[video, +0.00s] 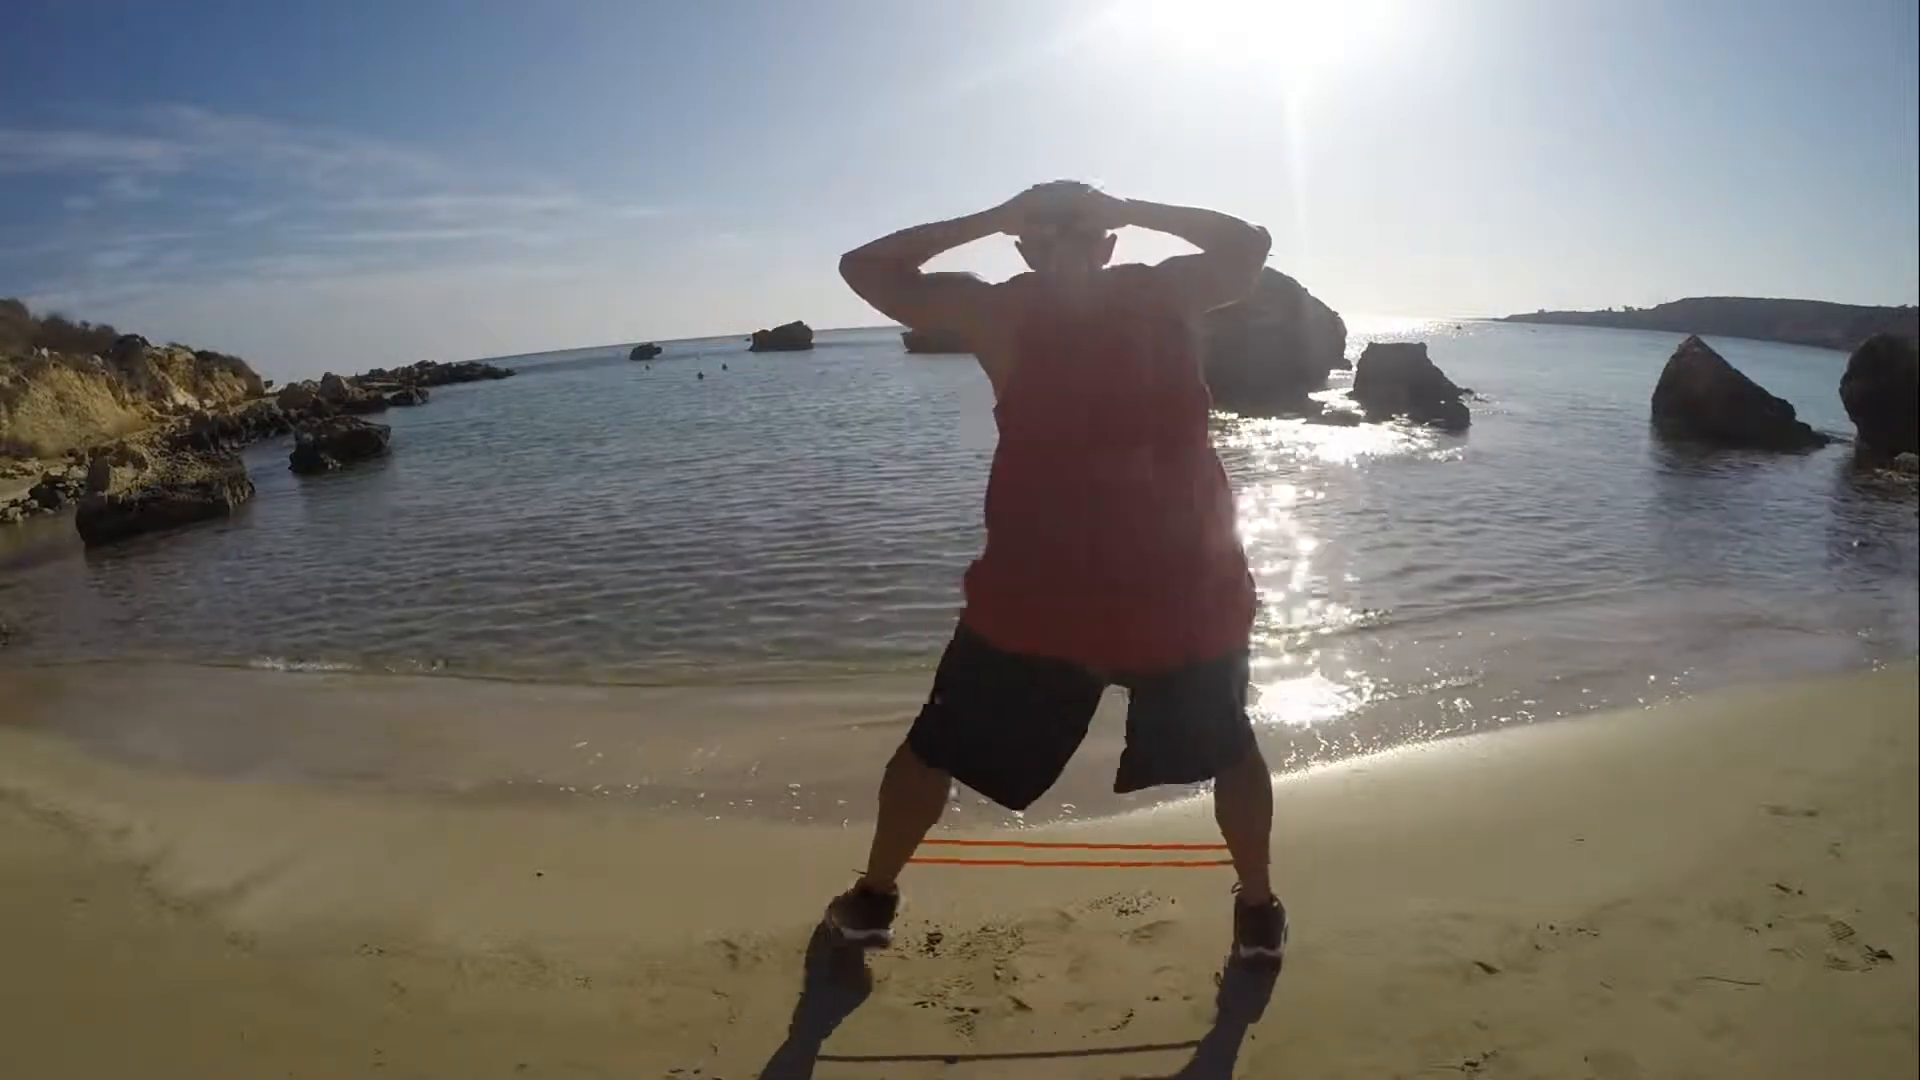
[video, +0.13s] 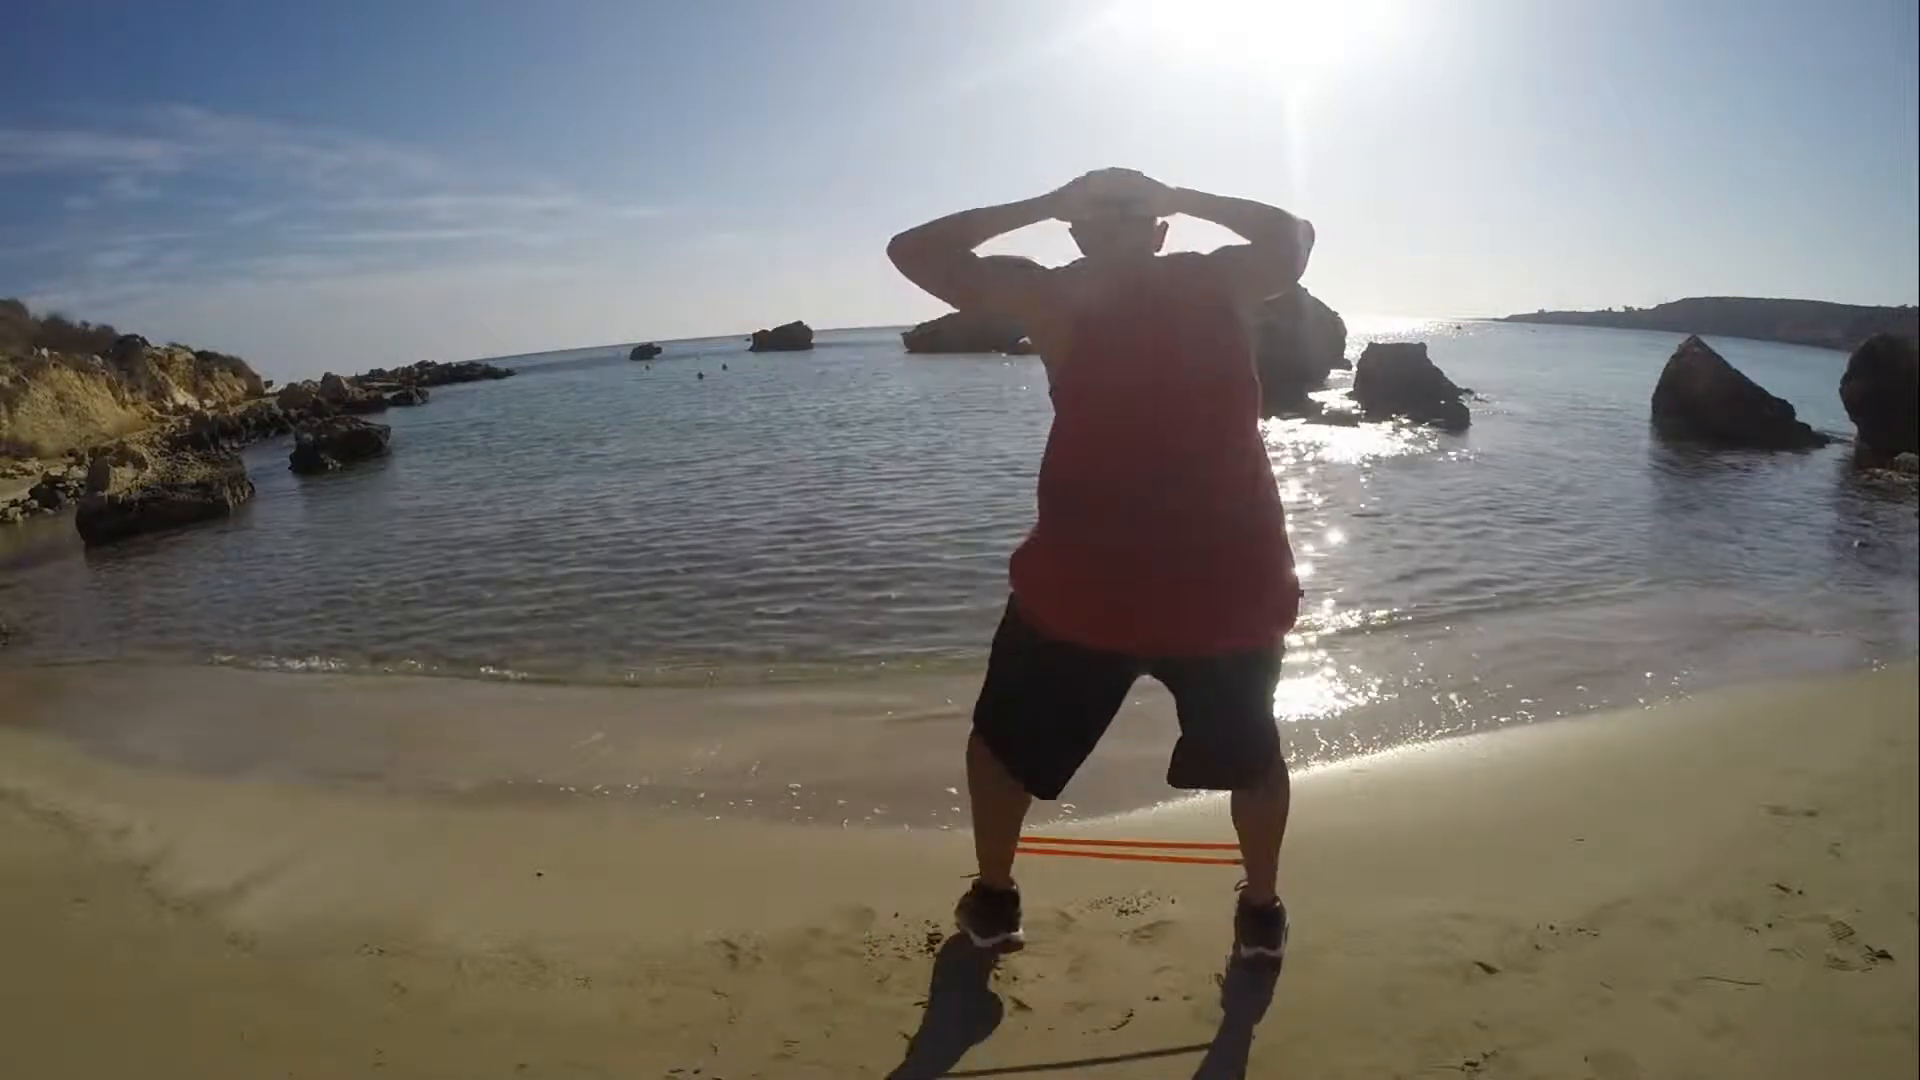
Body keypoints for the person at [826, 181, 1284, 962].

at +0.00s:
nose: (1034, 246)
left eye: (1036, 231)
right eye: (1037, 229)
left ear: (1028, 240)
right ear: (1105, 235)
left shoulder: (999, 312)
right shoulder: (1167, 293)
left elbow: (866, 270)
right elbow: (1247, 243)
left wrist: (990, 221)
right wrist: (1127, 210)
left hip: (1036, 578)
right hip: (1179, 579)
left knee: (936, 743)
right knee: (1232, 748)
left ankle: (873, 896)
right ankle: (1257, 907)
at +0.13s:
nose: (1107, 230)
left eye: (1104, 216)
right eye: (1105, 215)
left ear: (1080, 228)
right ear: (1157, 221)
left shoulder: (1056, 298)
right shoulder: (1218, 281)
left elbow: (914, 250)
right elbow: (1291, 238)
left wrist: (1039, 207)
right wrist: (1183, 197)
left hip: (1085, 561)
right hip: (1225, 563)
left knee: (1002, 734)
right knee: (1251, 752)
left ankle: (992, 893)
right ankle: (1261, 904)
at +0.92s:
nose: (1050, 265)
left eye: (1044, 252)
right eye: (1052, 253)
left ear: (1001, 269)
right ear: (1083, 271)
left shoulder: (954, 337)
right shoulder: (1136, 336)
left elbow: (837, 283)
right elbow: (1233, 291)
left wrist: (968, 247)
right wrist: (1116, 246)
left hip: (959, 616)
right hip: (1110, 620)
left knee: (834, 765)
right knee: (1202, 767)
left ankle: (771, 922)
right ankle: (1249, 904)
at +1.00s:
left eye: (961, 247)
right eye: (999, 247)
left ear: (942, 260)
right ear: (1025, 263)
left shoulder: (891, 327)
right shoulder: (1072, 325)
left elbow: (779, 269)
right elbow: (1179, 279)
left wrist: (908, 236)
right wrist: (1057, 236)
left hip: (907, 607)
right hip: (1055, 607)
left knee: (807, 764)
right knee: (1169, 758)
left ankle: (769, 926)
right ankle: (1238, 903)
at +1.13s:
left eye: (880, 220)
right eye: (925, 220)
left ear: (860, 244)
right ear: (946, 244)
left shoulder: (809, 306)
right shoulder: (991, 303)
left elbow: (708, 251)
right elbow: (1102, 257)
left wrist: (830, 220)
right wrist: (974, 217)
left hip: (833, 585)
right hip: (985, 575)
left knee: (779, 761)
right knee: (1094, 739)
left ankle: (768, 925)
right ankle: (1141, 900)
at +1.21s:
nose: (866, 227)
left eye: (857, 218)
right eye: (875, 218)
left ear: (824, 241)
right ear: (914, 242)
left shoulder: (776, 304)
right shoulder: (961, 297)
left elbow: (676, 253)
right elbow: (1070, 247)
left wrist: (797, 218)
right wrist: (941, 211)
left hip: (809, 591)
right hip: (956, 583)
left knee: (767, 771)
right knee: (1025, 754)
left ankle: (764, 923)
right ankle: (1033, 910)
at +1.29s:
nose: (837, 230)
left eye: (843, 220)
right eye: (832, 219)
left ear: (799, 240)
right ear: (888, 239)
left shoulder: (753, 303)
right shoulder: (937, 293)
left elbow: (658, 258)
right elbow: (1047, 243)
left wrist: (773, 218)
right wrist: (916, 209)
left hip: (784, 594)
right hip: (930, 591)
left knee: (754, 774)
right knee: (961, 767)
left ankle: (763, 922)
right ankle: (940, 909)